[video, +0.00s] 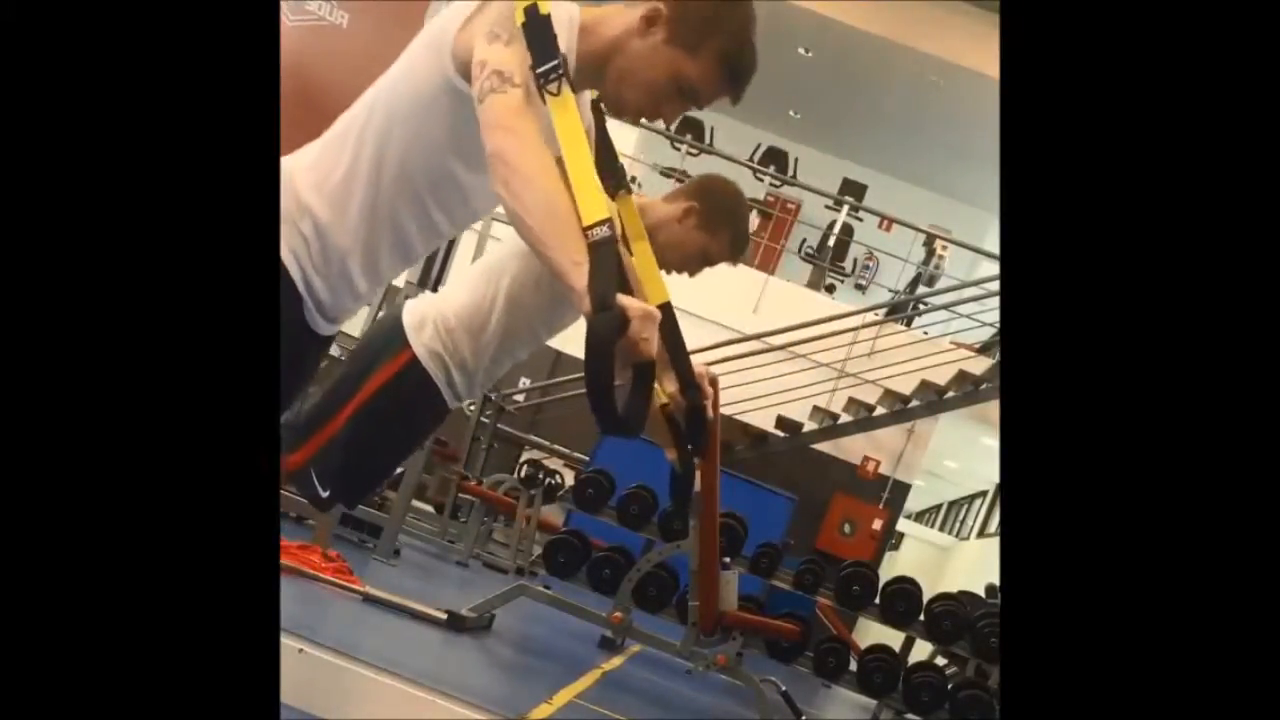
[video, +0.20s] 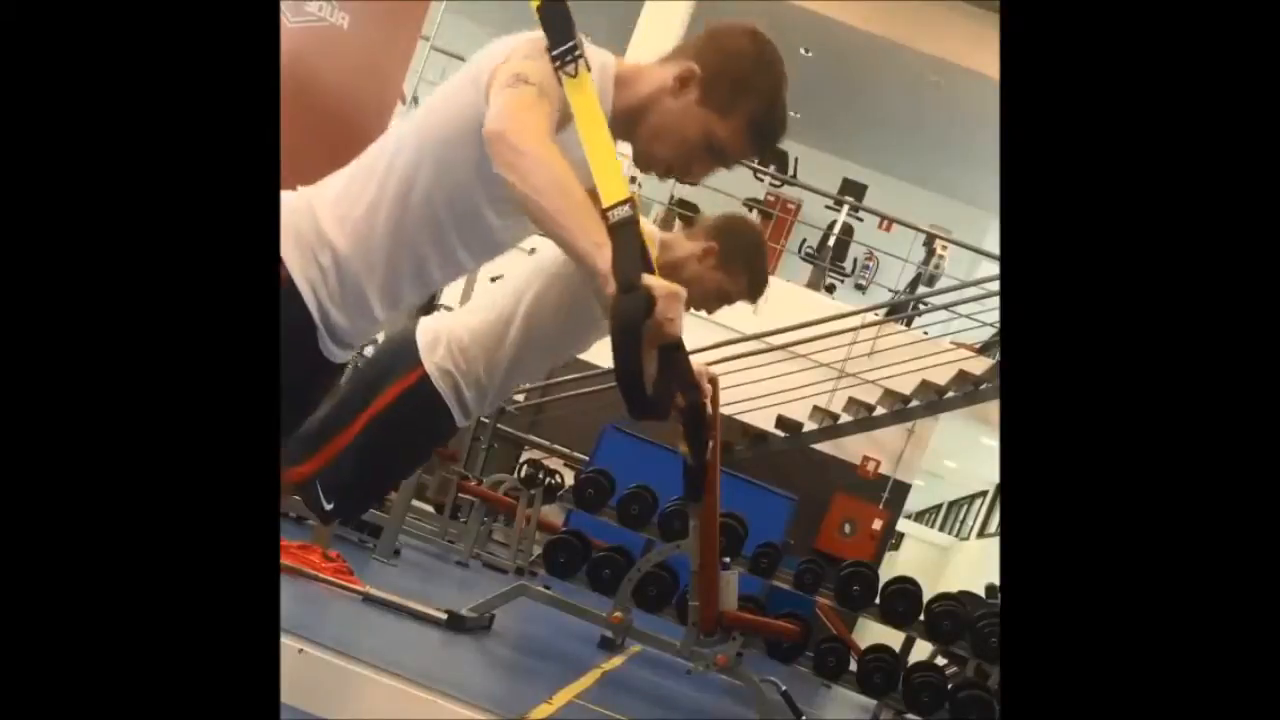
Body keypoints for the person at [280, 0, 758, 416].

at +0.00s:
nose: (671, 119)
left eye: (688, 111)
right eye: (683, 96)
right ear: (655, 22)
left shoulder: (574, 111)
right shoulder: (511, 17)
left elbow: (620, 236)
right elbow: (511, 149)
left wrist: (672, 364)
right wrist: (602, 297)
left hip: (321, 313)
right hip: (285, 259)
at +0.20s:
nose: (700, 174)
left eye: (719, 165)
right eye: (712, 151)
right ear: (686, 81)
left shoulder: (603, 160)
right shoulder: (557, 55)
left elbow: (620, 266)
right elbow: (513, 139)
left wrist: (669, 365)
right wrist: (622, 279)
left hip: (336, 340)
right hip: (292, 275)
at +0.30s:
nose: (715, 223)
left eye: (735, 218)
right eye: (731, 201)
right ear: (707, 131)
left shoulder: (630, 195)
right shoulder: (595, 97)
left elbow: (618, 292)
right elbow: (519, 125)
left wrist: (673, 360)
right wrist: (626, 264)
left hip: (347, 362)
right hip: (302, 302)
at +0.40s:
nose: (740, 278)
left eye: (756, 273)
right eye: (752, 259)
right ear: (730, 190)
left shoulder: (645, 248)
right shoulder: (624, 147)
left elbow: (640, 312)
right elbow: (529, 124)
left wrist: (685, 356)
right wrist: (650, 255)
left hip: (354, 386)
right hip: (314, 326)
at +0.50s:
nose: (735, 314)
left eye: (754, 317)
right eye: (754, 298)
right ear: (753, 239)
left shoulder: (663, 284)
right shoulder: (646, 197)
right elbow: (534, 123)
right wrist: (661, 266)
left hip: (360, 419)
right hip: (320, 355)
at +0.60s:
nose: (754, 374)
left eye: (775, 372)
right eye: (774, 358)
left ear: (761, 289)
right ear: (764, 292)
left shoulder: (679, 323)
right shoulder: (667, 238)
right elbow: (531, 129)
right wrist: (636, 257)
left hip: (372, 443)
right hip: (331, 385)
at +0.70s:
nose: (758, 408)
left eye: (778, 408)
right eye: (778, 394)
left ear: (776, 328)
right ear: (776, 333)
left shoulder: (690, 361)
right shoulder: (663, 256)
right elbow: (532, 137)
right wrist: (629, 266)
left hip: (371, 463)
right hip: (333, 408)